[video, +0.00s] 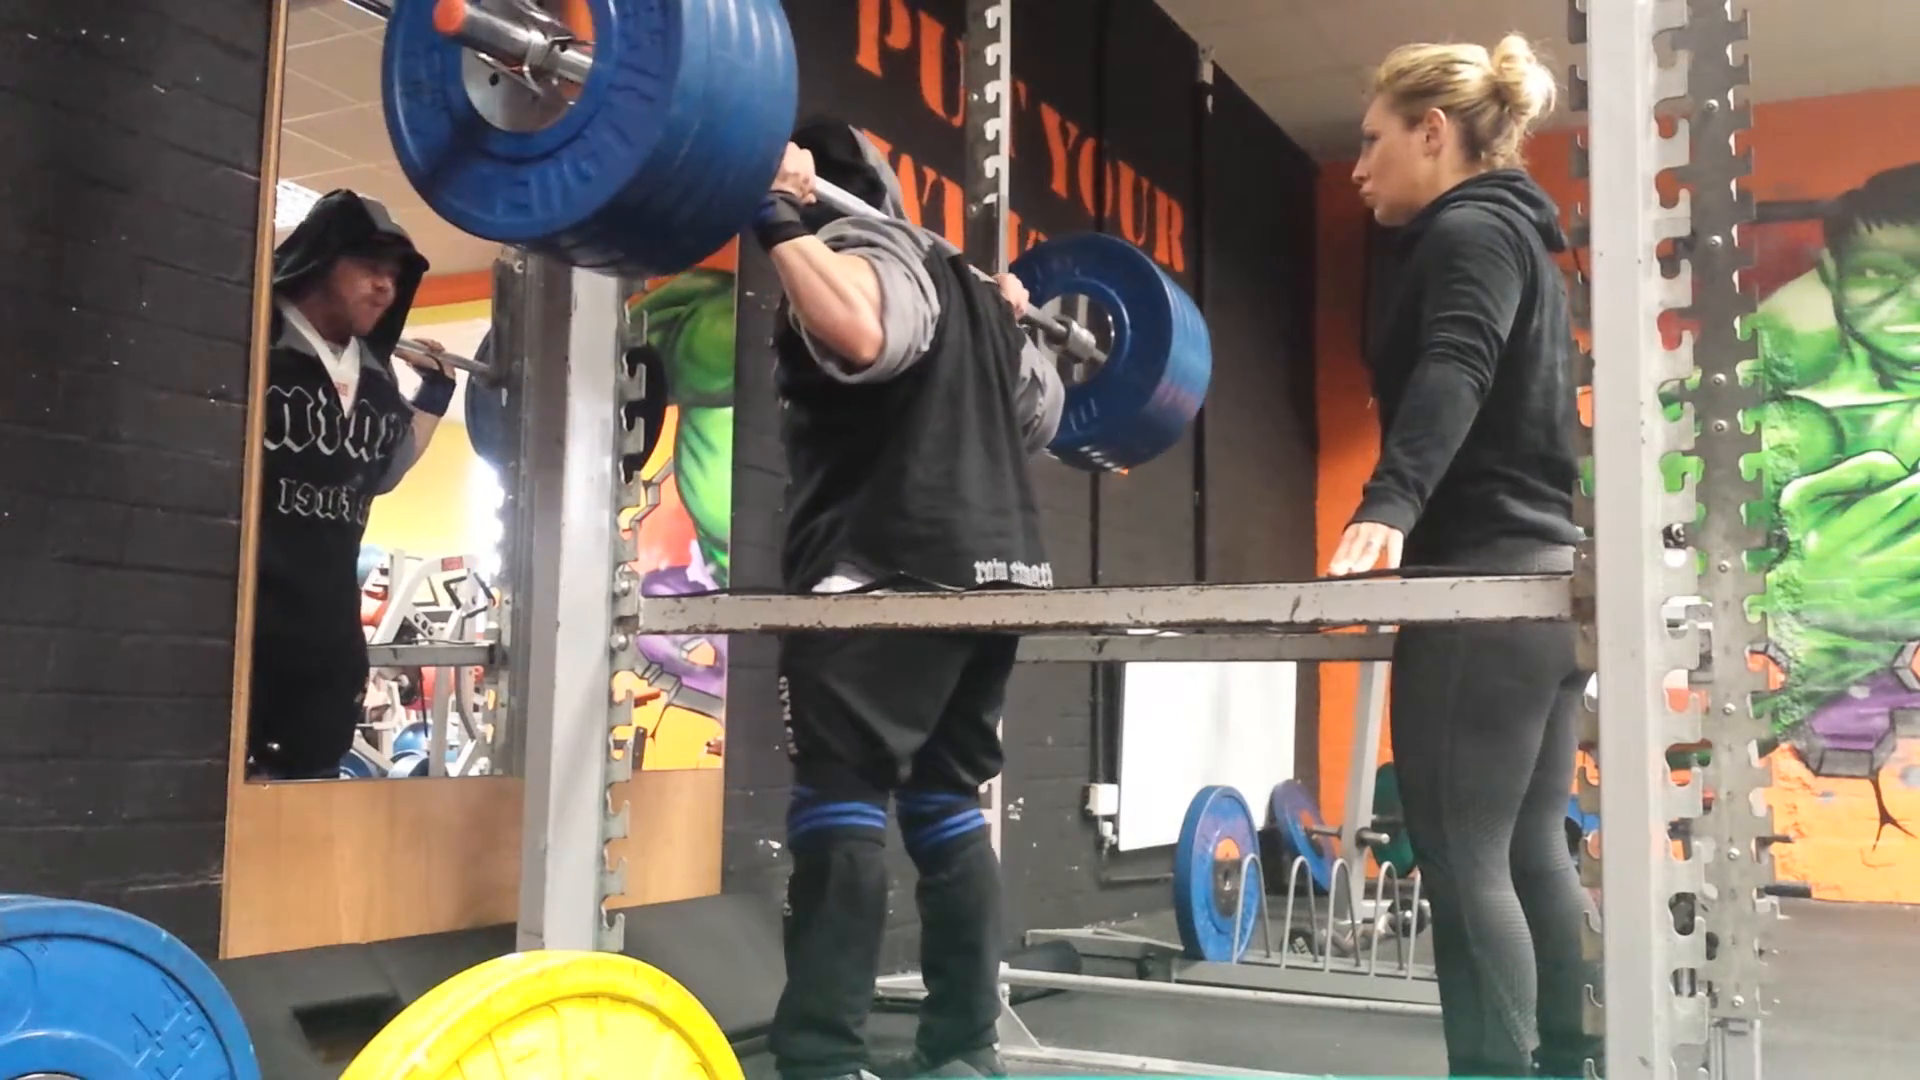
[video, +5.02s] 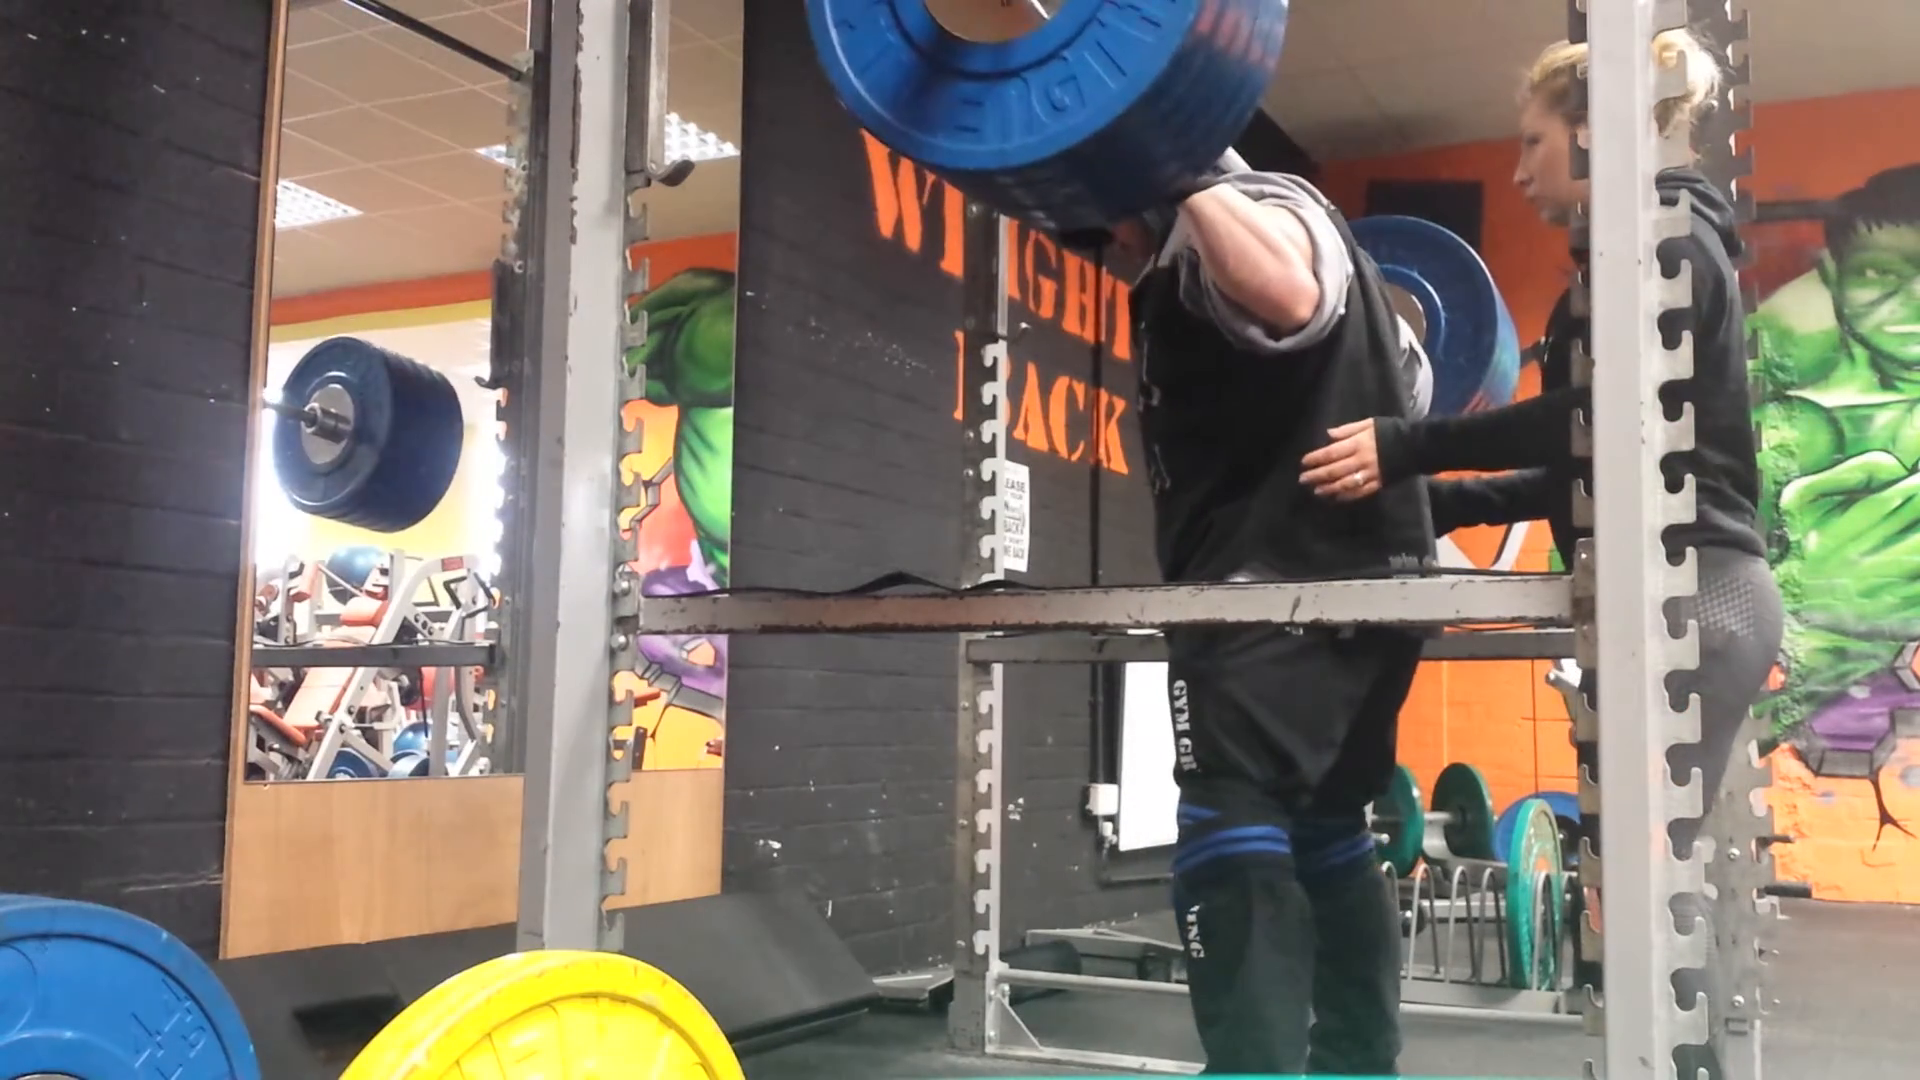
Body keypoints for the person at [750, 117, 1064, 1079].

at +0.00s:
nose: (780, 204)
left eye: (787, 185)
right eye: (783, 184)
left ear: (812, 184)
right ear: (882, 179)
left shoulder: (856, 241)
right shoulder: (966, 275)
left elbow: (859, 337)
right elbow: (1039, 410)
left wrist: (778, 214)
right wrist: (1019, 319)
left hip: (885, 568)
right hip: (998, 566)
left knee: (841, 793)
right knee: (947, 797)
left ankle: (818, 1049)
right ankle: (963, 1044)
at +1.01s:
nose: (862, 230)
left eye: (870, 208)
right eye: (861, 215)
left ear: (909, 173)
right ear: (977, 163)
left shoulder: (964, 226)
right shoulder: (1058, 257)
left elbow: (993, 311)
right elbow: (1135, 390)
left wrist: (892, 195)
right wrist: (1132, 324)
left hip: (989, 569)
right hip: (1092, 565)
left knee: (946, 807)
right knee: (1012, 791)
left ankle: (960, 1060)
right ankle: (1074, 1027)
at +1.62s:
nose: (976, 228)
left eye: (980, 205)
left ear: (1010, 186)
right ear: (1090, 165)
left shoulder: (1088, 229)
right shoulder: (1165, 244)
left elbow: (1141, 316)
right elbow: (1255, 368)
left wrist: (1050, 224)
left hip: (1113, 560)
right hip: (1219, 559)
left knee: (1020, 777)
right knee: (1156, 801)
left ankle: (1075, 1055)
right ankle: (1179, 1061)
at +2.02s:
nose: (1015, 241)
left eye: (1019, 219)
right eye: (1005, 227)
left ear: (1061, 193)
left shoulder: (1181, 221)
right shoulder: (1101, 271)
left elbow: (1217, 306)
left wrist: (1110, 186)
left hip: (1219, 572)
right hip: (1164, 575)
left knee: (1163, 826)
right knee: (1167, 826)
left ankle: (1220, 1068)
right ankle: (1187, 1061)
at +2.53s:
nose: (1081, 247)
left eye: (1078, 222)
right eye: (1066, 234)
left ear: (1116, 181)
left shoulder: (1240, 208)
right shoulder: (1169, 258)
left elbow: (1282, 295)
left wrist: (1173, 161)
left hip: (1265, 578)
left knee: (1214, 819)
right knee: (1303, 823)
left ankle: (1237, 1065)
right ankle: (1347, 1064)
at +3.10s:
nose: (1108, 259)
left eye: (1111, 232)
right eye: (1095, 241)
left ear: (1161, 193)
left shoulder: (1295, 212)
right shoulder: (1213, 262)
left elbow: (1329, 300)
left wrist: (1225, 179)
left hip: (1315, 588)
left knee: (1259, 829)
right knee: (1333, 833)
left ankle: (1266, 1064)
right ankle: (1351, 1064)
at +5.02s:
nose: (1096, 254)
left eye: (1091, 229)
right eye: (1079, 239)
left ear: (1133, 193)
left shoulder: (1255, 206)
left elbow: (1290, 293)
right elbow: (1408, 356)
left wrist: (1180, 172)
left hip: (1287, 588)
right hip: (1367, 588)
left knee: (1231, 822)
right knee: (1326, 829)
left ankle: (1254, 1063)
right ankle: (1357, 1062)